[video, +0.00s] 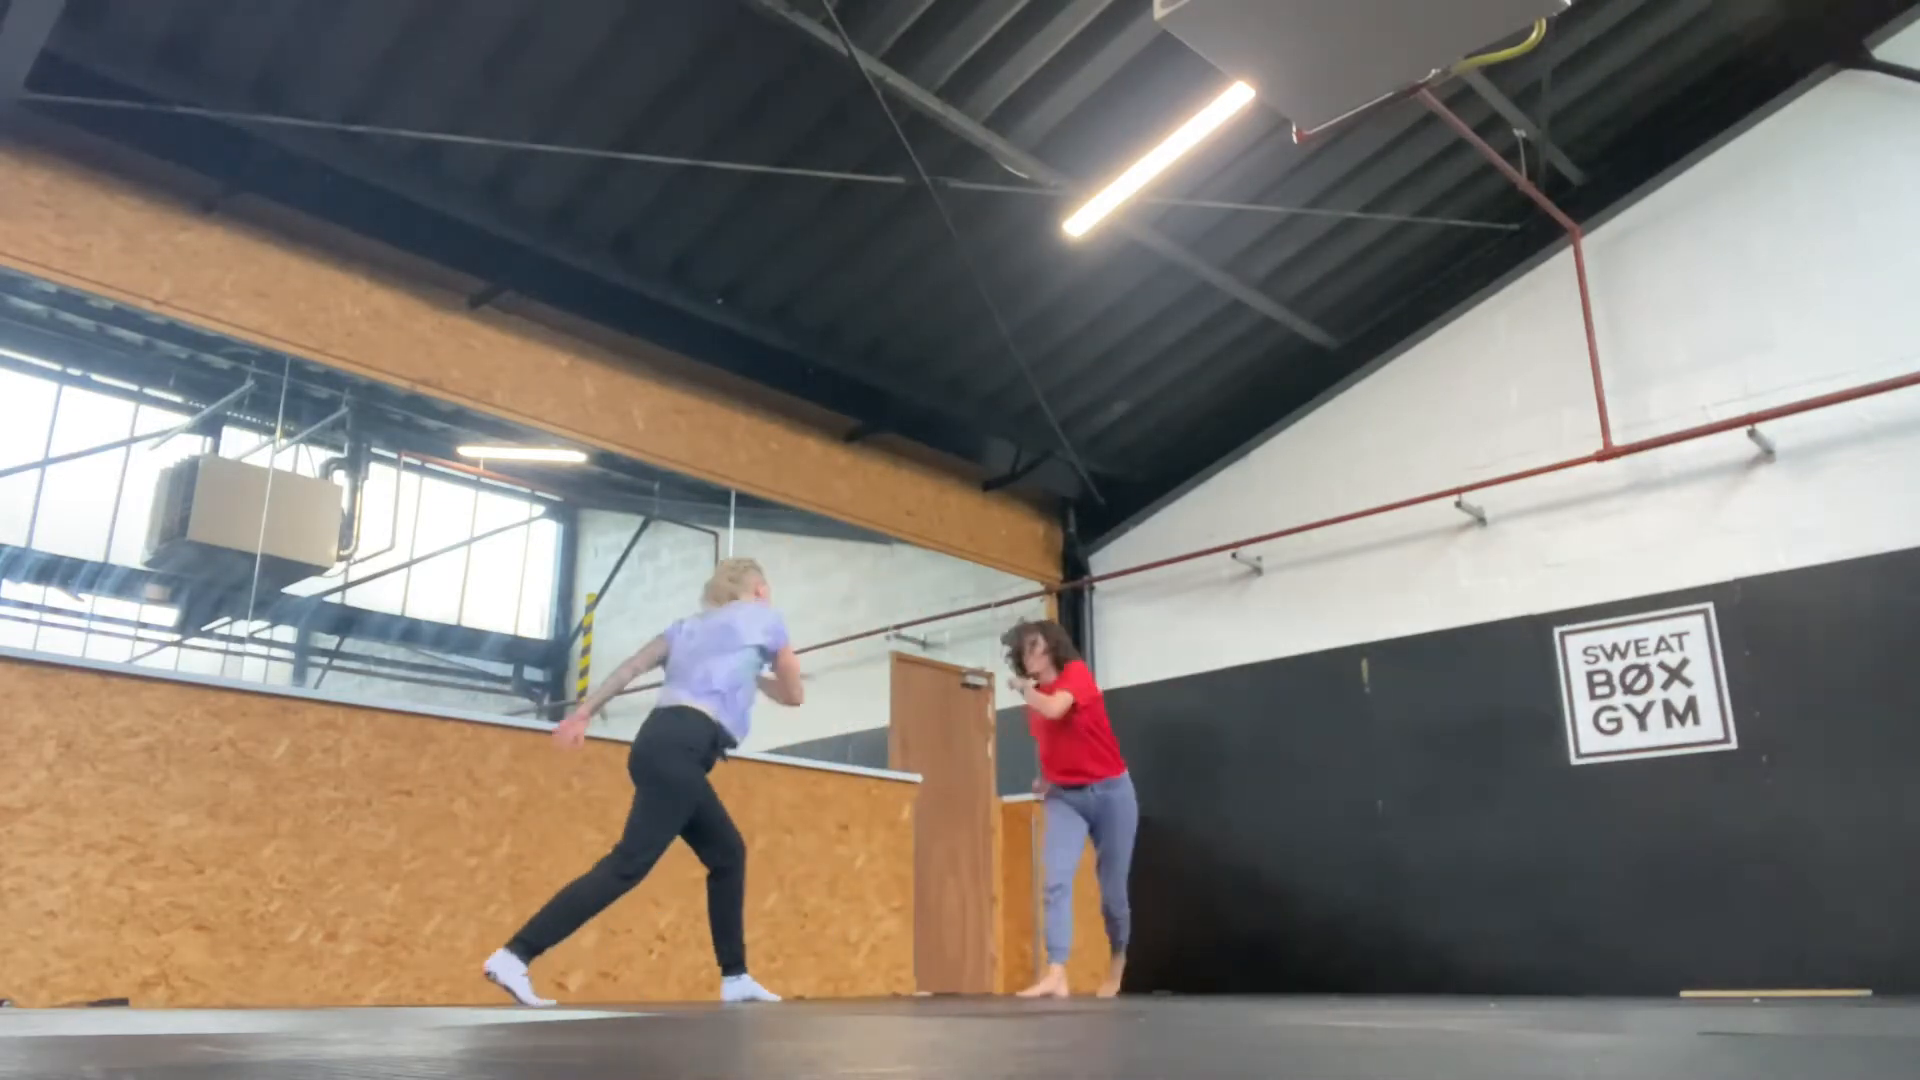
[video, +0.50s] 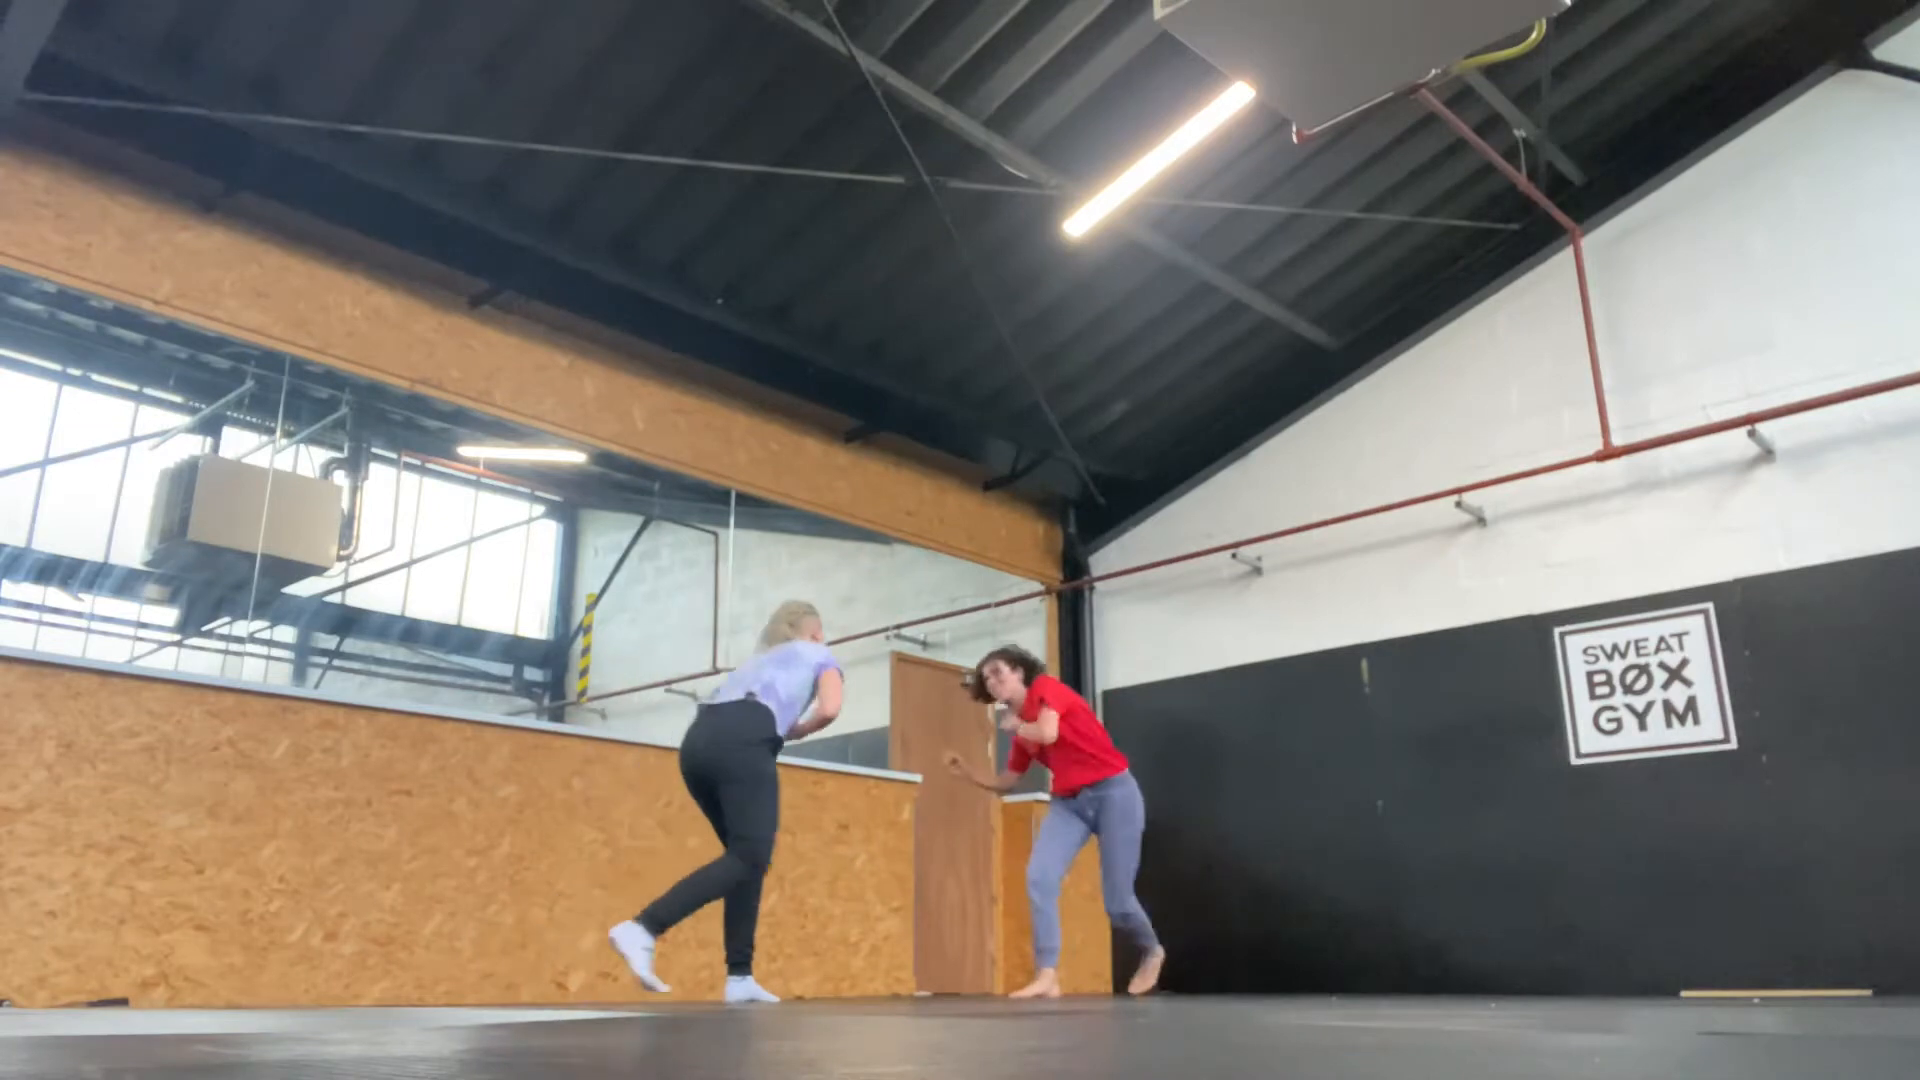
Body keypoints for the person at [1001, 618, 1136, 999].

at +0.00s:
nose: (1033, 653)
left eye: (1038, 645)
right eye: (1027, 648)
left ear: (1053, 646)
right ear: (1022, 658)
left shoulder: (1076, 672)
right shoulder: (1035, 696)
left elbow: (1055, 708)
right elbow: (1051, 745)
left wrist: (1027, 688)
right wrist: (1046, 777)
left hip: (1110, 792)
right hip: (1064, 796)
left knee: (1112, 890)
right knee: (1055, 881)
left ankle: (1117, 966)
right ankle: (1055, 973)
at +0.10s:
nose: (1040, 677)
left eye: (1047, 669)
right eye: (1035, 672)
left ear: (1065, 672)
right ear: (1030, 680)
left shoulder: (1089, 703)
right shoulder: (1041, 717)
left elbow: (1080, 754)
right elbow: (1052, 767)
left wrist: (1045, 726)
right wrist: (1053, 805)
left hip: (1106, 815)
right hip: (1060, 818)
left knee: (1101, 908)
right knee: (1042, 881)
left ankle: (1112, 972)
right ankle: (1053, 974)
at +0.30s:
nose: (1031, 685)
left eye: (1037, 677)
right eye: (1025, 682)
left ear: (1057, 680)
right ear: (1023, 692)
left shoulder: (1079, 708)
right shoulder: (1040, 733)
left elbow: (1062, 752)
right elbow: (1040, 785)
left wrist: (1038, 724)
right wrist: (1012, 822)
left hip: (1109, 821)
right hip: (1066, 824)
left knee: (1100, 919)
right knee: (1038, 878)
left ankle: (1113, 974)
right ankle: (1046, 973)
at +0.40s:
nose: (1013, 675)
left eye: (1017, 667)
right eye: (1006, 673)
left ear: (1035, 668)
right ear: (1005, 688)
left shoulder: (1058, 688)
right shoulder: (1034, 724)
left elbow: (1043, 727)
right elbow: (1029, 776)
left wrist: (1017, 713)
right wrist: (984, 794)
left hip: (1113, 802)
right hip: (1067, 809)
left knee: (1111, 907)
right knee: (1042, 878)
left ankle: (1122, 962)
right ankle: (1047, 975)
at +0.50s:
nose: (993, 683)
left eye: (997, 673)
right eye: (987, 680)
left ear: (1019, 671)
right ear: (990, 694)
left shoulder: (1046, 688)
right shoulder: (1021, 724)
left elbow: (1047, 732)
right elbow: (1007, 781)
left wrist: (1015, 726)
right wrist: (970, 773)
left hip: (1114, 791)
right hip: (1069, 803)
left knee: (1117, 900)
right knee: (1041, 878)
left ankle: (1152, 952)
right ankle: (1047, 977)